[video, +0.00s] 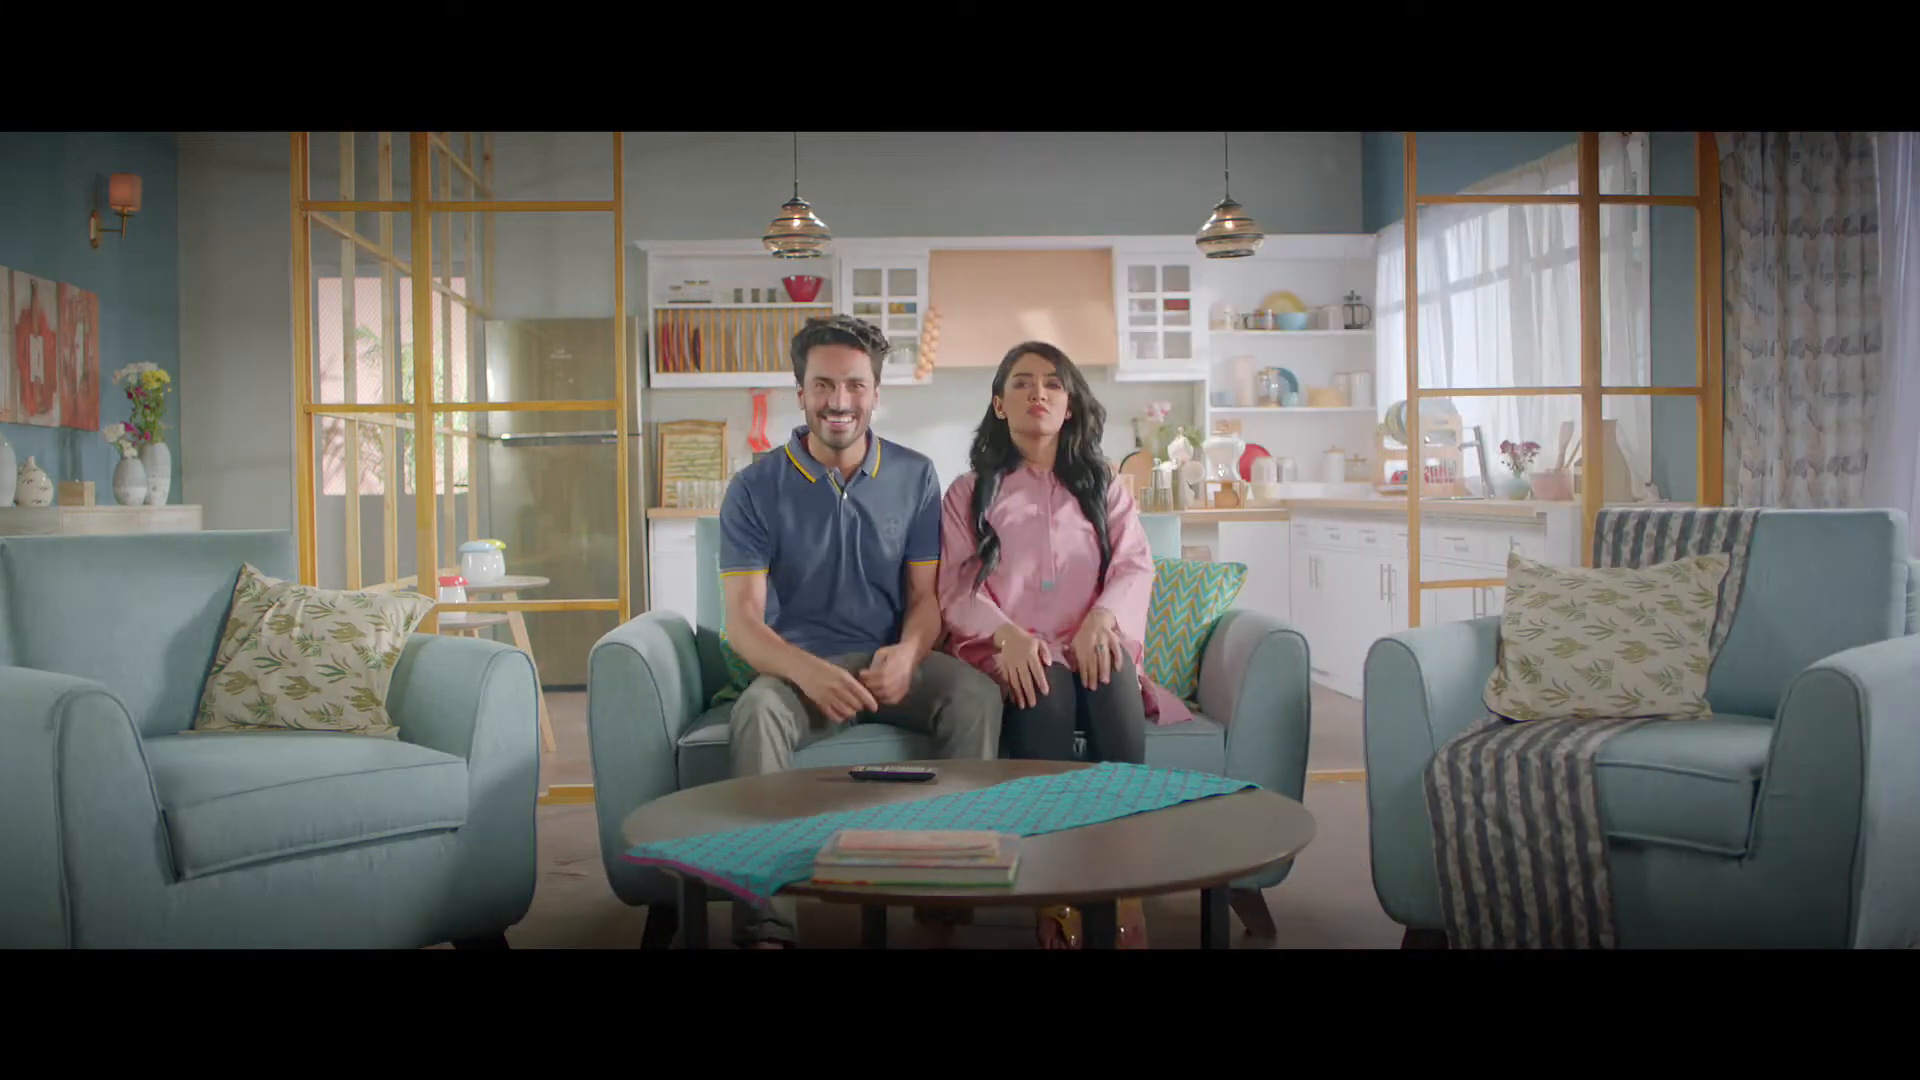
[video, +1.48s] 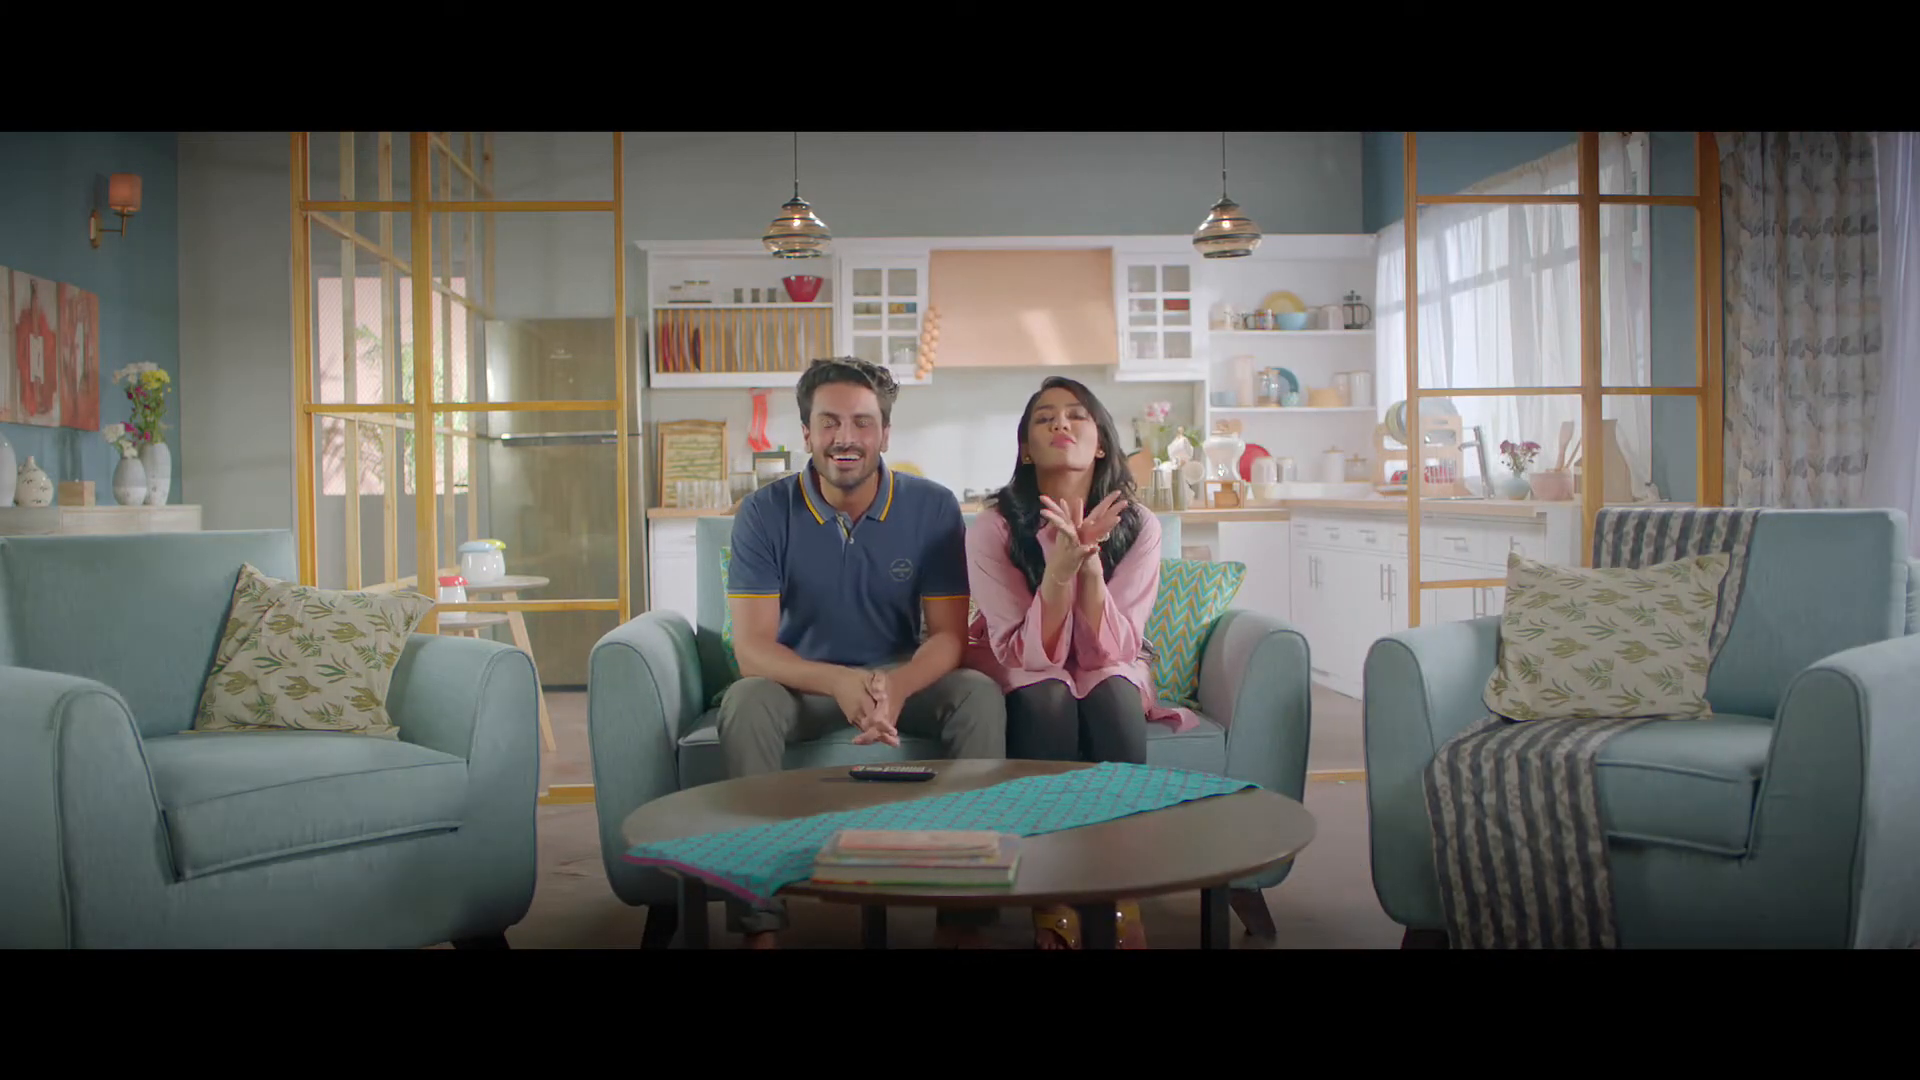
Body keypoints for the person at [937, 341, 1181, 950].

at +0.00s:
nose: (1038, 394)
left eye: (1052, 384)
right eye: (1023, 383)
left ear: (1071, 404)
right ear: (1000, 403)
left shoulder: (1104, 485)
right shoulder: (969, 493)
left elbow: (1134, 568)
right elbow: (954, 596)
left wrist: (1103, 617)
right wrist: (1006, 634)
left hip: (1087, 646)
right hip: (1005, 648)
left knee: (1109, 668)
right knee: (1047, 680)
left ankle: (1123, 885)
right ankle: (1052, 890)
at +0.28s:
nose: (1043, 391)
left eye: (1057, 382)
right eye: (1029, 382)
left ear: (1079, 404)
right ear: (1008, 404)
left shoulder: (1115, 482)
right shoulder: (981, 489)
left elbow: (1136, 572)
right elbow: (970, 591)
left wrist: (1100, 641)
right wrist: (1019, 644)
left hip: (1097, 649)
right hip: (1010, 650)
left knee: (1112, 694)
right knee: (1041, 698)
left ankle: (1118, 892)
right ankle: (1050, 894)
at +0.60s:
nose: (1075, 393)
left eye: (1090, 388)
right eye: (1058, 385)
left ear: (1106, 416)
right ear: (1033, 412)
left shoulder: (1139, 492)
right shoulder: (1002, 497)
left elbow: (1138, 592)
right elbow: (1016, 597)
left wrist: (1119, 676)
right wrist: (1067, 669)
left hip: (1111, 660)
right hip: (1026, 661)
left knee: (1135, 726)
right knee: (1058, 721)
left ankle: (1120, 898)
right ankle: (1053, 898)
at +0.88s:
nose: (1086, 401)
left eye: (1100, 397)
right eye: (1068, 393)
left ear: (1114, 432)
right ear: (1040, 425)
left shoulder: (1149, 515)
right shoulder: (1004, 514)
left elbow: (1142, 617)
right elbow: (1017, 625)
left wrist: (1125, 656)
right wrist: (1066, 639)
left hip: (1119, 690)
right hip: (1034, 687)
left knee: (1123, 696)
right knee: (1063, 695)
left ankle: (1126, 895)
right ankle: (1056, 898)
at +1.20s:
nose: (1062, 423)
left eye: (1077, 416)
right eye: (1046, 417)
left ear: (1101, 445)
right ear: (1026, 448)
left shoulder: (1139, 527)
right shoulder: (991, 528)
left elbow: (1123, 647)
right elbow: (1014, 660)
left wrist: (1087, 625)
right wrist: (1055, 629)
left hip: (1107, 681)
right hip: (1030, 683)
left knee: (1110, 701)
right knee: (1045, 706)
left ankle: (1123, 896)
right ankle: (1055, 899)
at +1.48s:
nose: (1062, 424)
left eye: (1076, 416)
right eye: (1045, 418)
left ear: (1100, 445)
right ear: (1025, 448)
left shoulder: (1137, 525)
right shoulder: (991, 529)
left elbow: (1113, 654)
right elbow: (1023, 659)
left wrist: (1091, 570)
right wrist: (1056, 574)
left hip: (1106, 677)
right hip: (1029, 679)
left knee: (1113, 697)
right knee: (1049, 699)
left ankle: (1124, 893)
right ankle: (1054, 897)